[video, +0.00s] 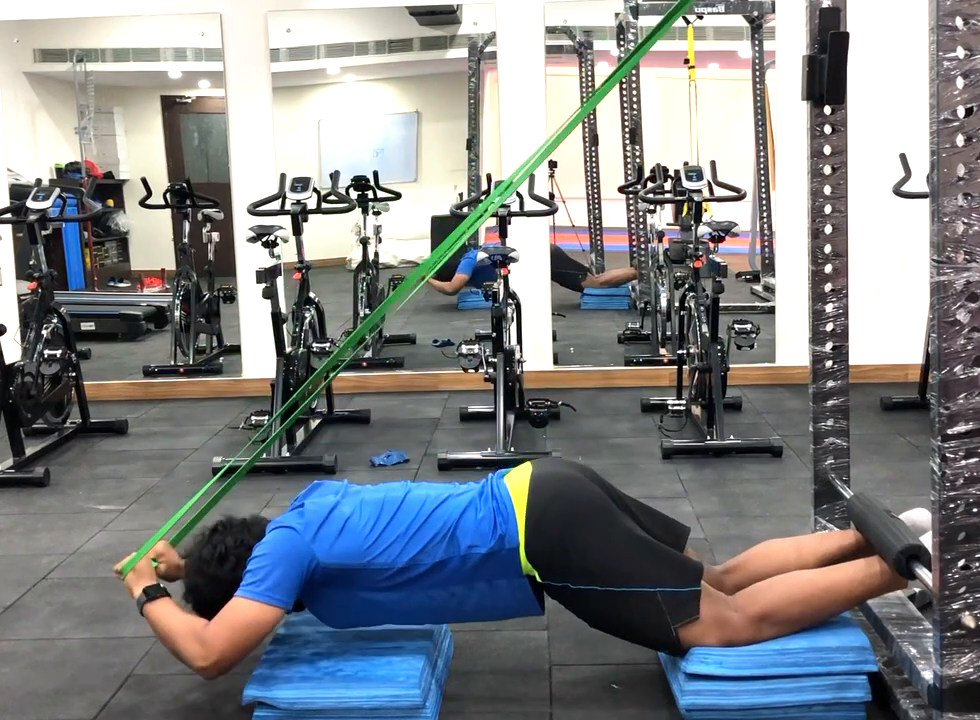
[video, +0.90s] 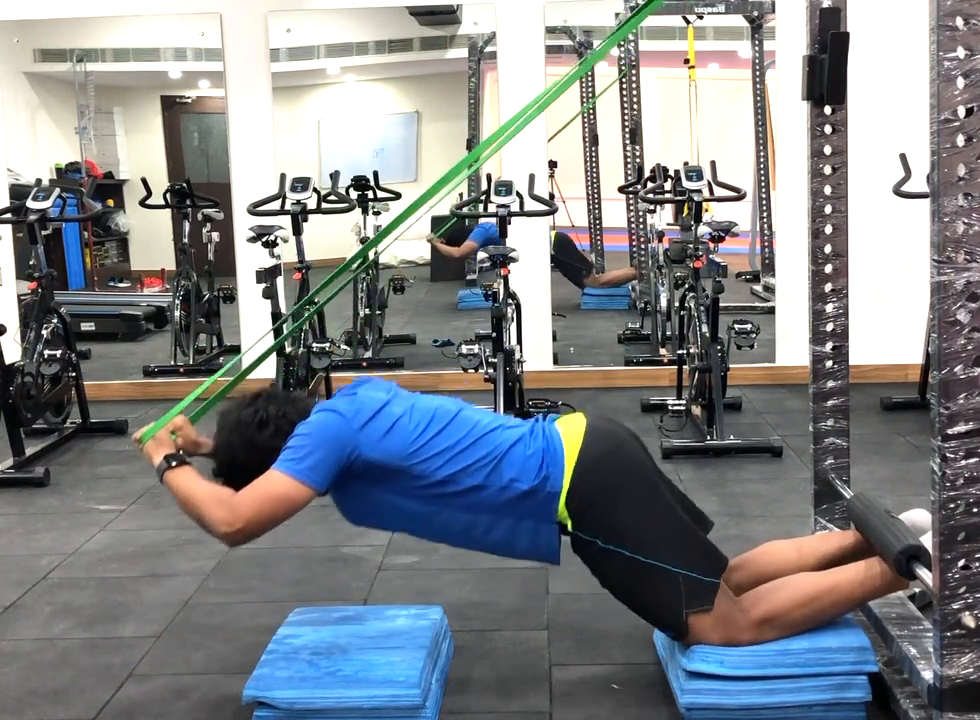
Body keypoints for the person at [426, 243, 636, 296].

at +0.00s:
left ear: (455, 248)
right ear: (463, 244)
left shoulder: (471, 257)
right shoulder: (473, 255)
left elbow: (451, 289)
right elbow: (450, 286)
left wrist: (425, 277)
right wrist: (428, 275)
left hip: (546, 259)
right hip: (544, 257)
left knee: (594, 280)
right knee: (593, 279)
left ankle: (642, 271)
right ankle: (641, 270)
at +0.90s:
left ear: (468, 226)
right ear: (472, 221)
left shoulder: (484, 227)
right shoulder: (492, 222)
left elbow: (459, 253)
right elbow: (462, 250)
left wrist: (434, 242)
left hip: (555, 243)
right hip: (553, 242)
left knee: (593, 281)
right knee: (591, 279)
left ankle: (642, 270)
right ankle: (640, 270)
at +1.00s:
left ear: (490, 200)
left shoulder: (489, 220)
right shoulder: (502, 215)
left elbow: (462, 249)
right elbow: (467, 246)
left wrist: (440, 239)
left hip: (559, 242)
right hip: (556, 242)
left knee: (594, 280)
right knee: (592, 279)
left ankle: (642, 269)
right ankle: (640, 269)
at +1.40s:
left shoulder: (506, 208)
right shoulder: (505, 208)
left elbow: (479, 223)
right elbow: (479, 222)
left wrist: (455, 214)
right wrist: (457, 213)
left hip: (571, 236)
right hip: (568, 238)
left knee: (596, 279)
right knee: (593, 279)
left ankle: (643, 271)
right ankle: (641, 270)